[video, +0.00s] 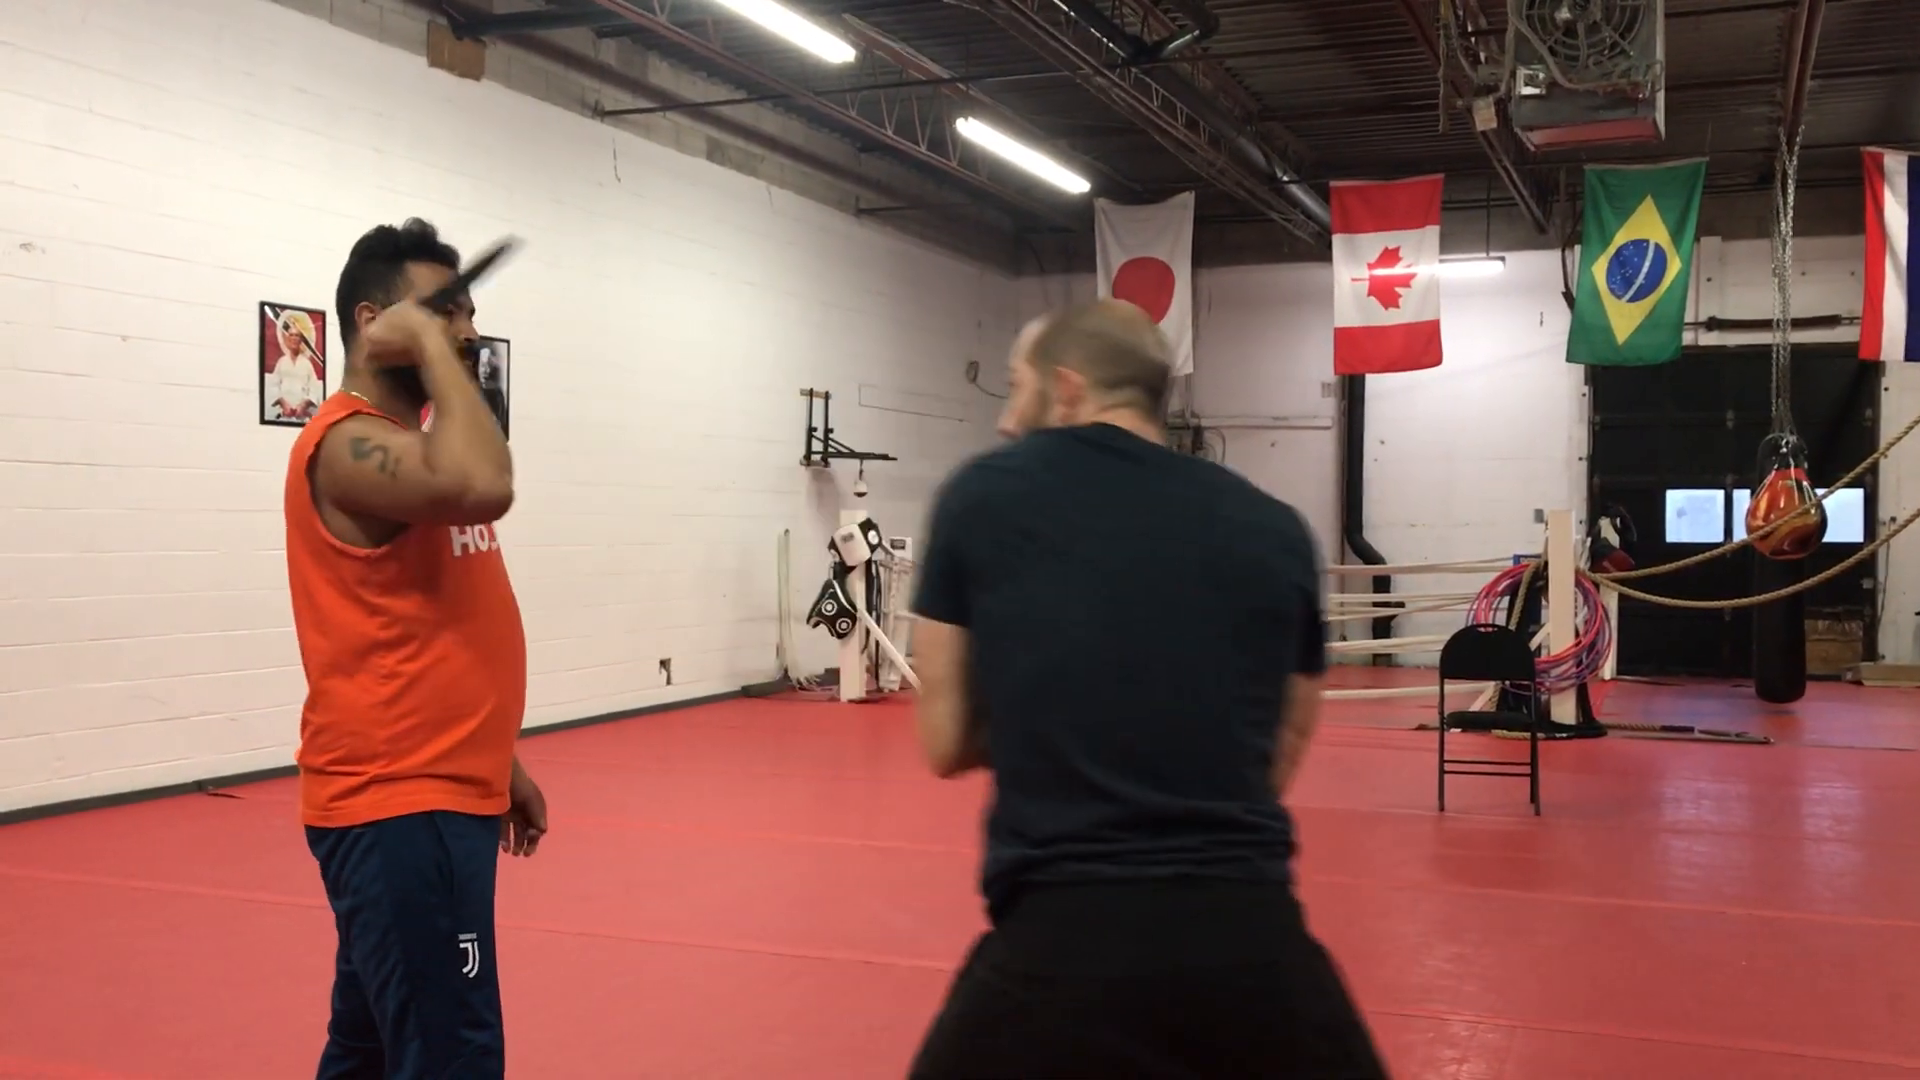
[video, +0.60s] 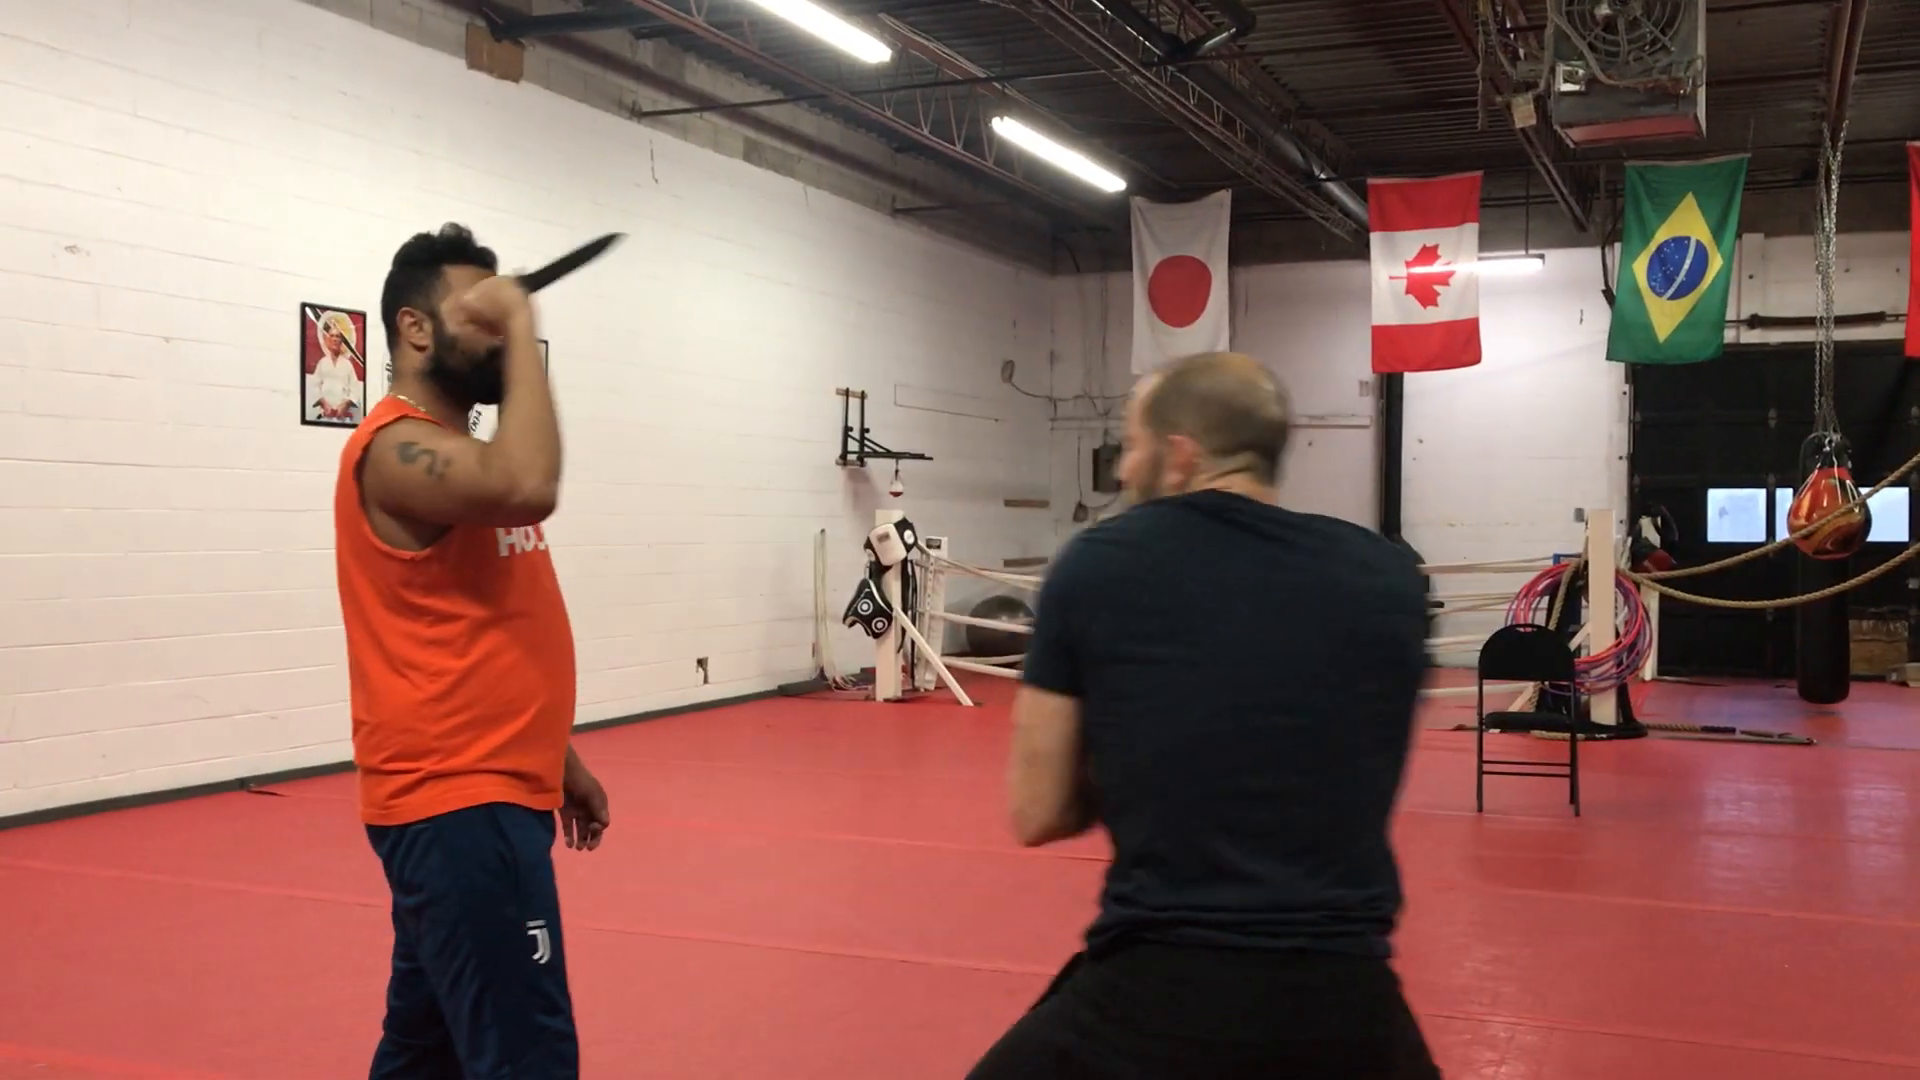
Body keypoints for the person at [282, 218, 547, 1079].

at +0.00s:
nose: (465, 327)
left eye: (462, 309)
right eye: (445, 305)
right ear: (380, 324)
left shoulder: (409, 437)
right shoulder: (350, 438)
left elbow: (425, 637)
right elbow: (481, 479)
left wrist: (497, 763)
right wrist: (427, 342)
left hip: (431, 802)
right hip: (396, 808)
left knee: (370, 1056)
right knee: (454, 1057)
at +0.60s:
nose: (501, 331)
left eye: (499, 315)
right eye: (479, 313)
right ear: (412, 329)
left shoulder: (458, 443)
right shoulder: (401, 444)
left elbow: (481, 636)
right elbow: (526, 479)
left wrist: (559, 759)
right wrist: (522, 333)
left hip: (484, 796)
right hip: (453, 802)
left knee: (426, 1051)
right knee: (529, 1055)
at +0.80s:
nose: (534, 327)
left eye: (533, 309)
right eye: (511, 308)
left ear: (448, 332)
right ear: (440, 325)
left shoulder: (449, 437)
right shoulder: (436, 440)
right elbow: (583, 485)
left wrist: (544, 784)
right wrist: (627, 316)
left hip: (473, 794)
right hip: (483, 800)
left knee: (437, 1052)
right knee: (555, 1055)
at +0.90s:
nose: (542, 328)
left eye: (540, 308)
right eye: (518, 307)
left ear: (451, 332)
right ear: (446, 325)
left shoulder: (453, 433)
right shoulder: (446, 439)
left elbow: (602, 495)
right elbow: (603, 483)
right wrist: (671, 314)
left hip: (474, 793)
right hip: (488, 797)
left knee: (438, 1049)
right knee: (560, 1055)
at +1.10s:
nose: (549, 328)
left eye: (548, 310)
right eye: (525, 308)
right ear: (454, 324)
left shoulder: (467, 426)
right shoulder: (461, 435)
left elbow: (610, 464)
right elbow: (630, 460)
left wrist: (641, 408)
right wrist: (709, 306)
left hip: (475, 792)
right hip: (489, 798)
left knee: (436, 1051)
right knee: (561, 1053)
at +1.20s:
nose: (548, 333)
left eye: (549, 315)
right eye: (525, 314)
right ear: (453, 326)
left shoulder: (482, 430)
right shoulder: (454, 432)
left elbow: (501, 628)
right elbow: (617, 453)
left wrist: (558, 773)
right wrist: (651, 388)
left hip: (492, 791)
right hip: (479, 796)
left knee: (437, 1053)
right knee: (552, 1056)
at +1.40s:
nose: (541, 330)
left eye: (542, 313)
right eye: (516, 312)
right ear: (444, 326)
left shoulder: (462, 430)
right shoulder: (452, 432)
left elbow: (486, 626)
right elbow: (619, 452)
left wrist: (557, 761)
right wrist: (663, 374)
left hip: (482, 790)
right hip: (477, 793)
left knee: (441, 1044)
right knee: (536, 1051)